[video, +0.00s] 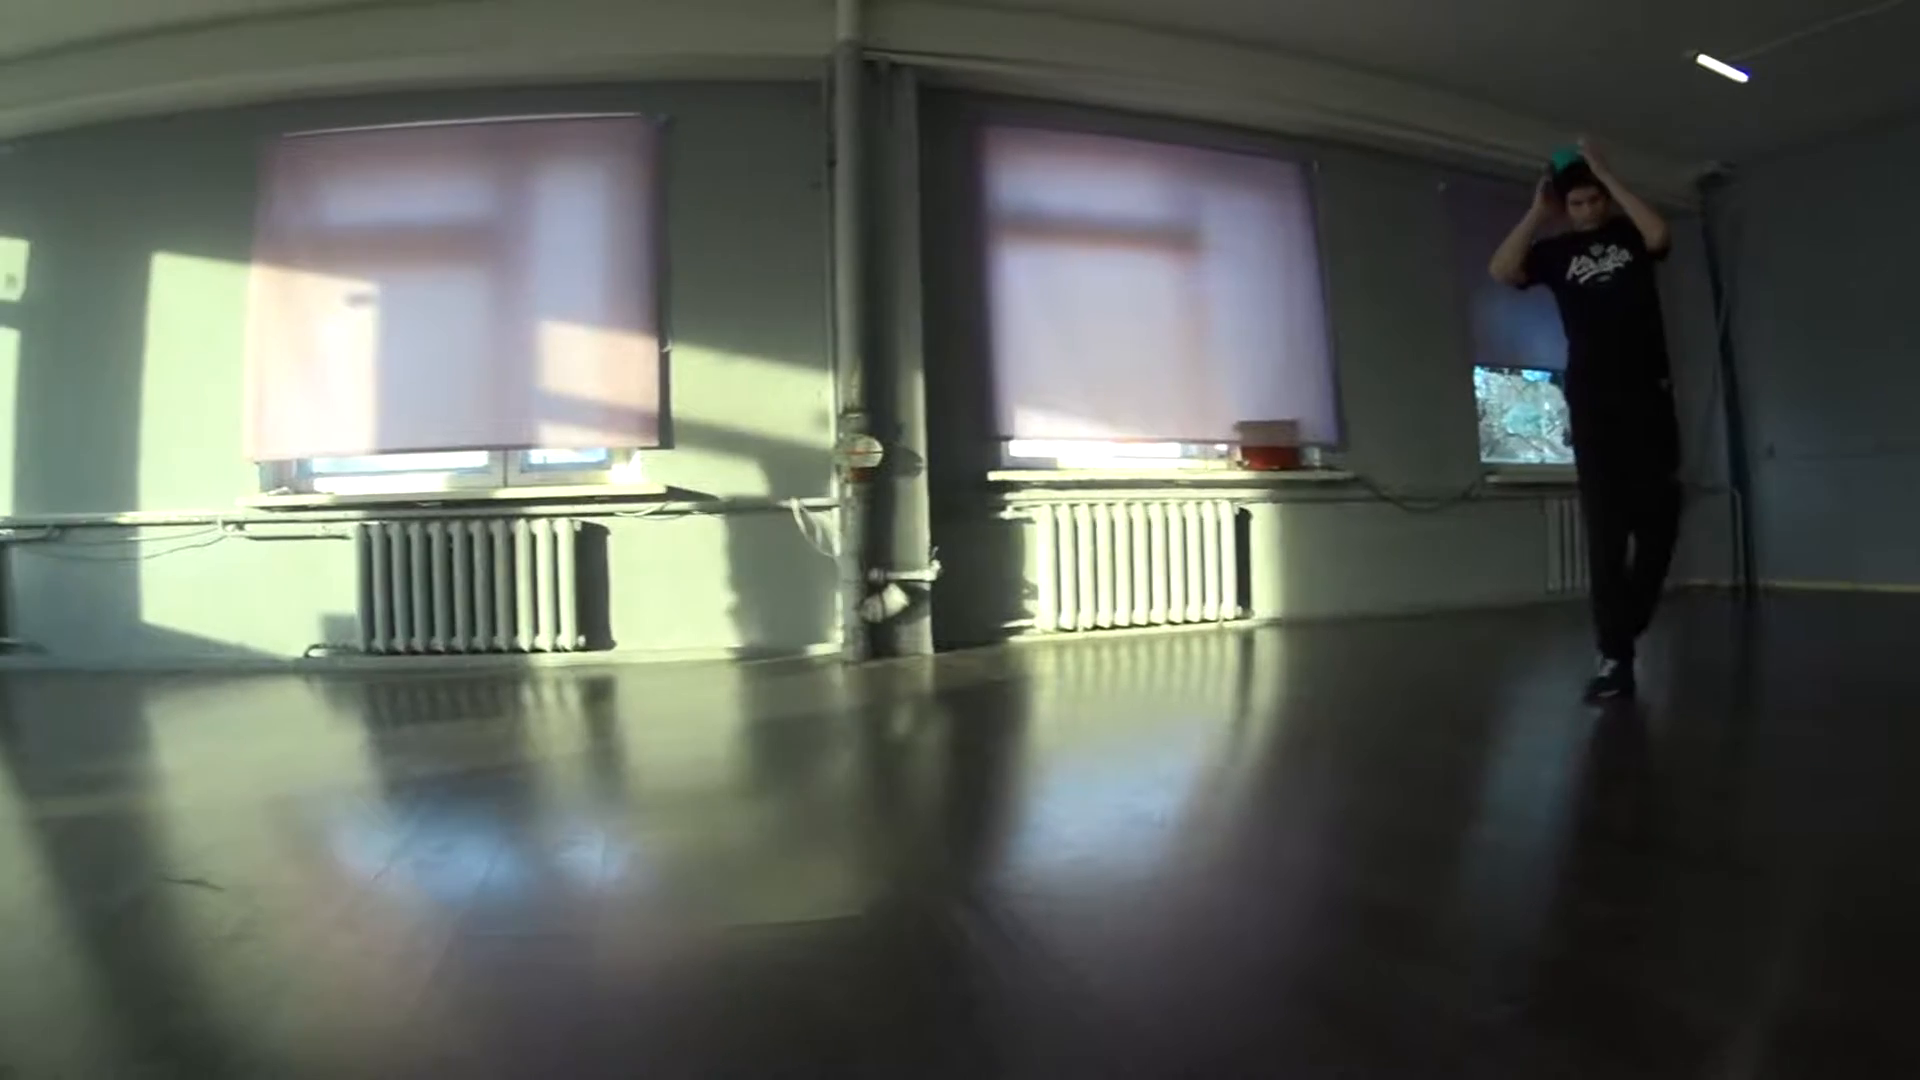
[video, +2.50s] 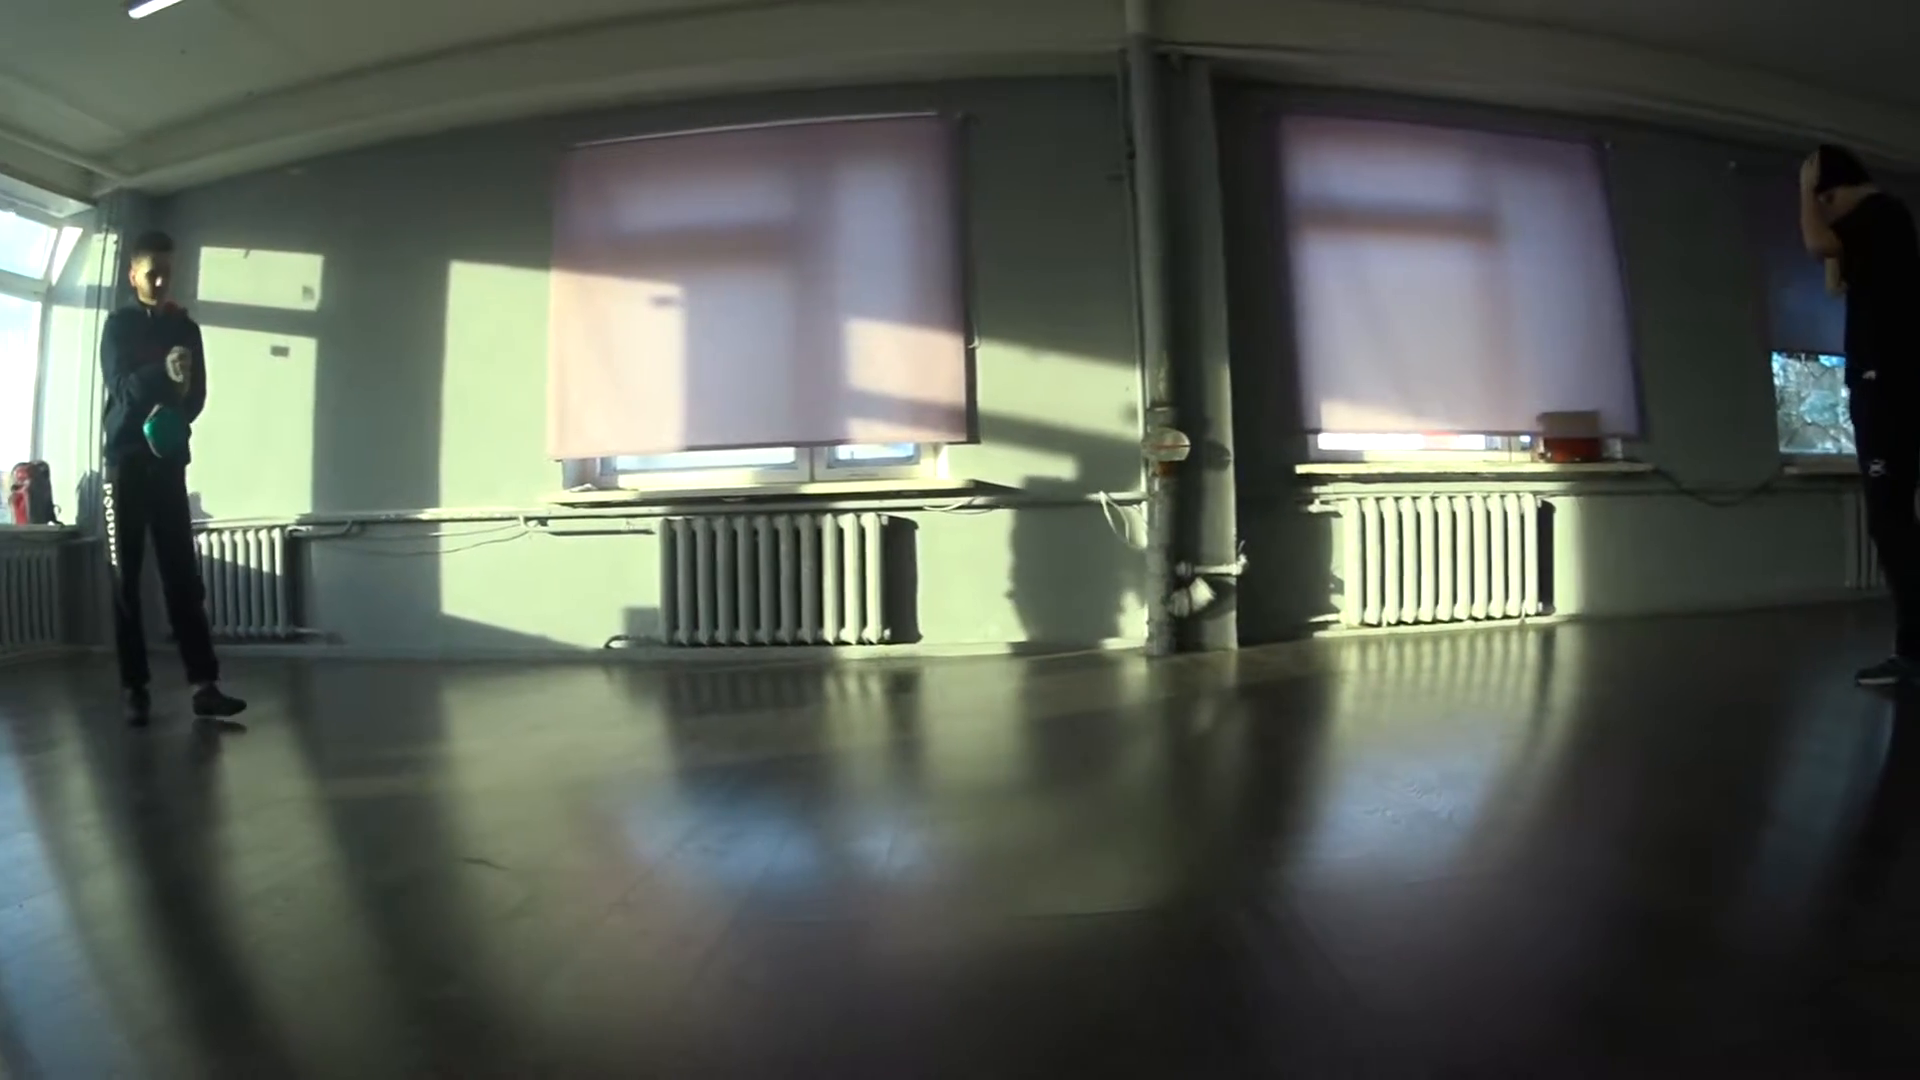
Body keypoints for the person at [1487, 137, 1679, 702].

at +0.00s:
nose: (1584, 206)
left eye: (1592, 196)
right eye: (1574, 199)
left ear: (1608, 198)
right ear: (1562, 206)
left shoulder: (1633, 238)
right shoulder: (1557, 254)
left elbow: (1658, 237)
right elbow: (1503, 270)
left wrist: (1607, 174)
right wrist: (1536, 214)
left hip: (1647, 398)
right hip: (1593, 404)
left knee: (1658, 522)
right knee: (1605, 529)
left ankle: (1626, 634)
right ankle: (1613, 656)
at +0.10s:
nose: (1642, 204)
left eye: (1651, 195)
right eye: (1632, 197)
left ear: (1666, 199)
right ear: (1622, 206)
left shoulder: (1691, 238)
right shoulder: (1616, 250)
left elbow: (1706, 226)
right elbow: (1565, 263)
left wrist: (1652, 164)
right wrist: (1601, 206)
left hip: (1703, 395)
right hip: (1648, 401)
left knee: (1721, 514)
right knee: (1662, 526)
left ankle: (1693, 618)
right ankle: (1673, 656)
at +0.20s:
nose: (1686, 201)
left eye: (1694, 192)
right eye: (1676, 194)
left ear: (1709, 196)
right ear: (1665, 203)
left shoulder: (1734, 236)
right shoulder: (1660, 248)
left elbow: (1746, 228)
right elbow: (1610, 256)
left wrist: (1696, 164)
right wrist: (1647, 202)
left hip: (1746, 397)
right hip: (1691, 402)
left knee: (1763, 520)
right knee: (1704, 530)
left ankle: (1760, 626)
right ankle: (1710, 658)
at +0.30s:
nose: (1735, 202)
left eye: (1743, 193)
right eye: (1725, 194)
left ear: (1758, 198)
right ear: (1714, 203)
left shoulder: (1780, 236)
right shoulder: (1708, 247)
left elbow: (1792, 228)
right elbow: (1662, 253)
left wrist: (1744, 168)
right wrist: (1699, 202)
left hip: (1793, 397)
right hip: (1739, 403)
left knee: (1809, 526)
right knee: (1749, 535)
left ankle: (1829, 646)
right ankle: (1754, 661)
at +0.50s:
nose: (1804, 192)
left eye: (1811, 182)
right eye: (1794, 183)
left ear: (1828, 184)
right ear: (1784, 193)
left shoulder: (1856, 222)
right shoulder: (1788, 240)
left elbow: (1857, 227)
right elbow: (1739, 251)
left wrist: (1815, 169)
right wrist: (1774, 199)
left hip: (1864, 393)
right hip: (1809, 397)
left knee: (1880, 524)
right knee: (1813, 533)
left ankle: (1895, 650)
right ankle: (1812, 663)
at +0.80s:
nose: (1872, 185)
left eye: (1880, 173)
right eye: (1866, 176)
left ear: (1904, 173)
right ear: (1867, 183)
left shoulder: (1913, 229)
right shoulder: (1878, 236)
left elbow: (1908, 226)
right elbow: (1829, 254)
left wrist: (1884, 165)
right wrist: (1864, 198)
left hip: (1916, 400)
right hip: (1892, 400)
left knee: (1903, 532)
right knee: (1885, 531)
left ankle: (1884, 661)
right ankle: (1878, 663)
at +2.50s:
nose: (1820, 207)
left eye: (1820, 195)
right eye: (1818, 197)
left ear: (1833, 190)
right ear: (1857, 181)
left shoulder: (1874, 217)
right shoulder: (1876, 219)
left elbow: (1816, 242)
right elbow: (1837, 280)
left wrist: (1808, 190)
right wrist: (1818, 206)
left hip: (1887, 398)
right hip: (1886, 397)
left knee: (1892, 527)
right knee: (1892, 526)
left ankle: (1910, 655)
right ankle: (1908, 653)